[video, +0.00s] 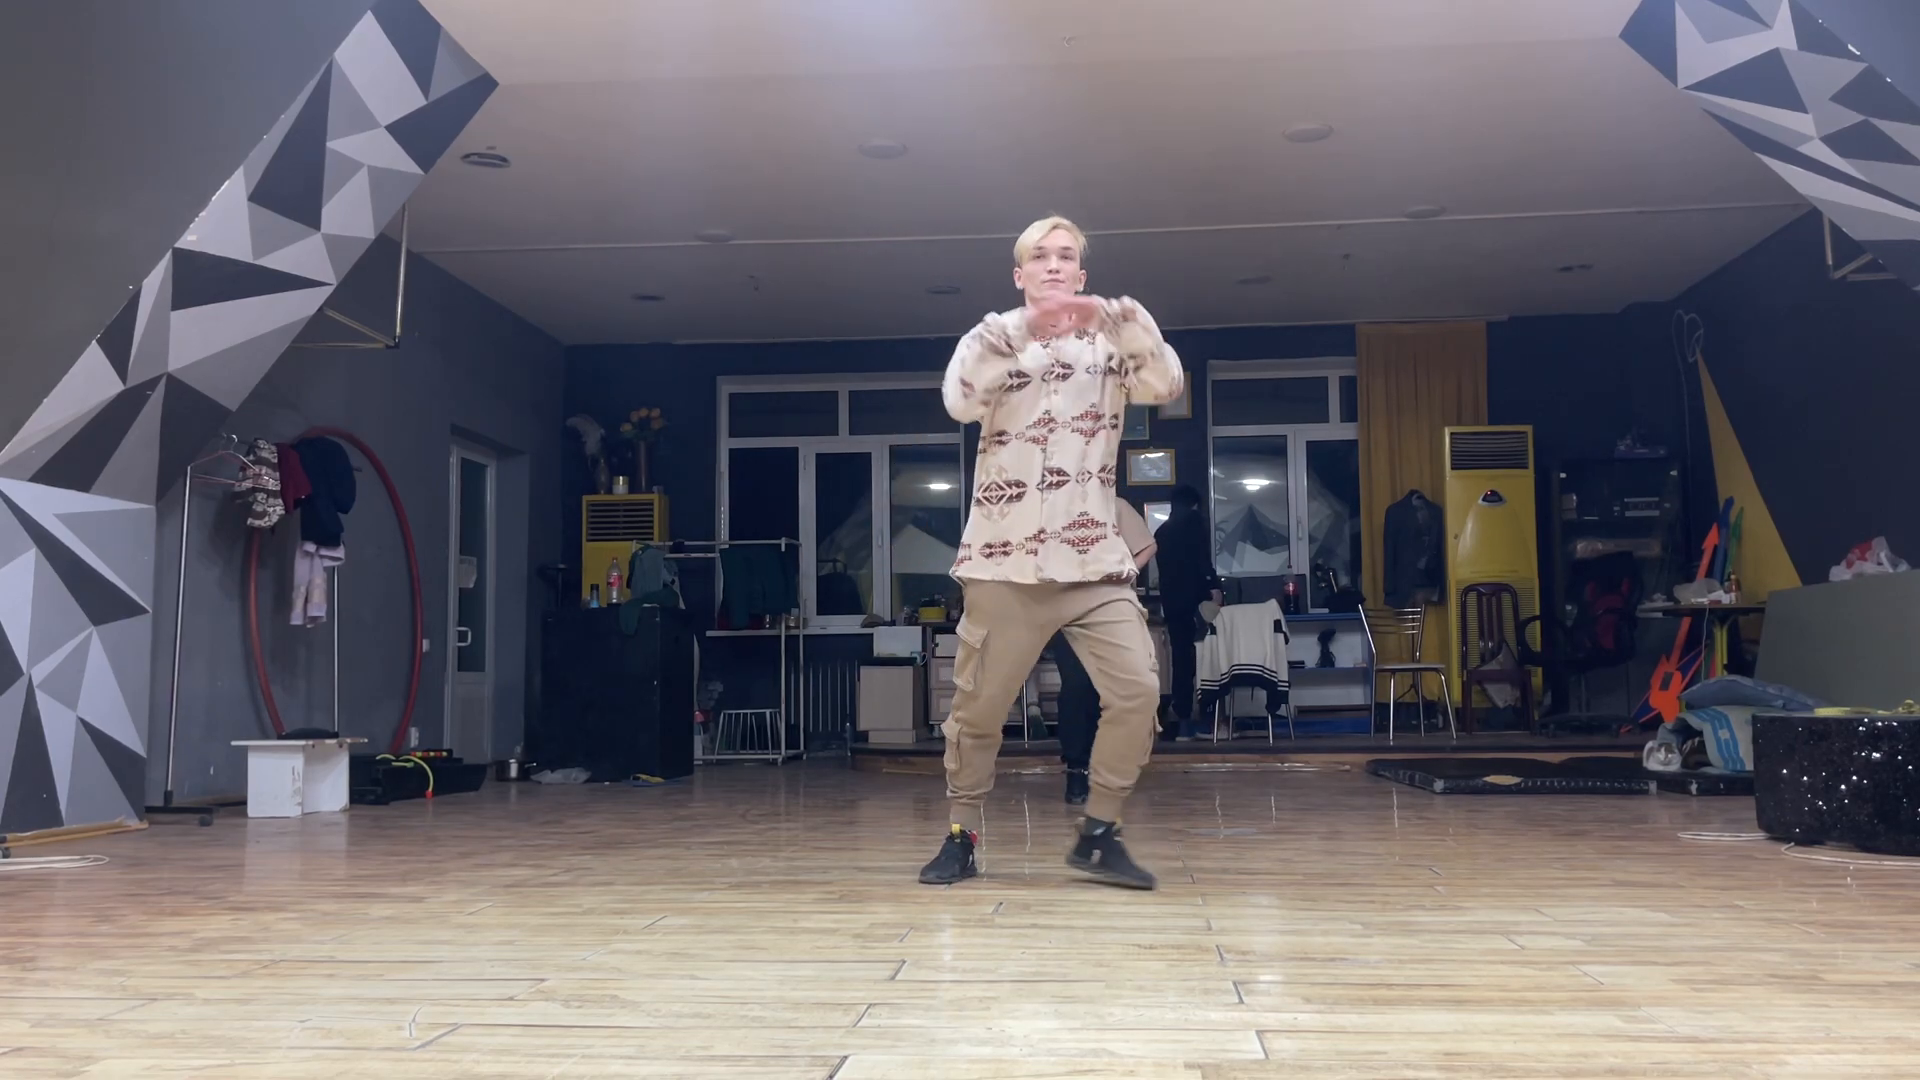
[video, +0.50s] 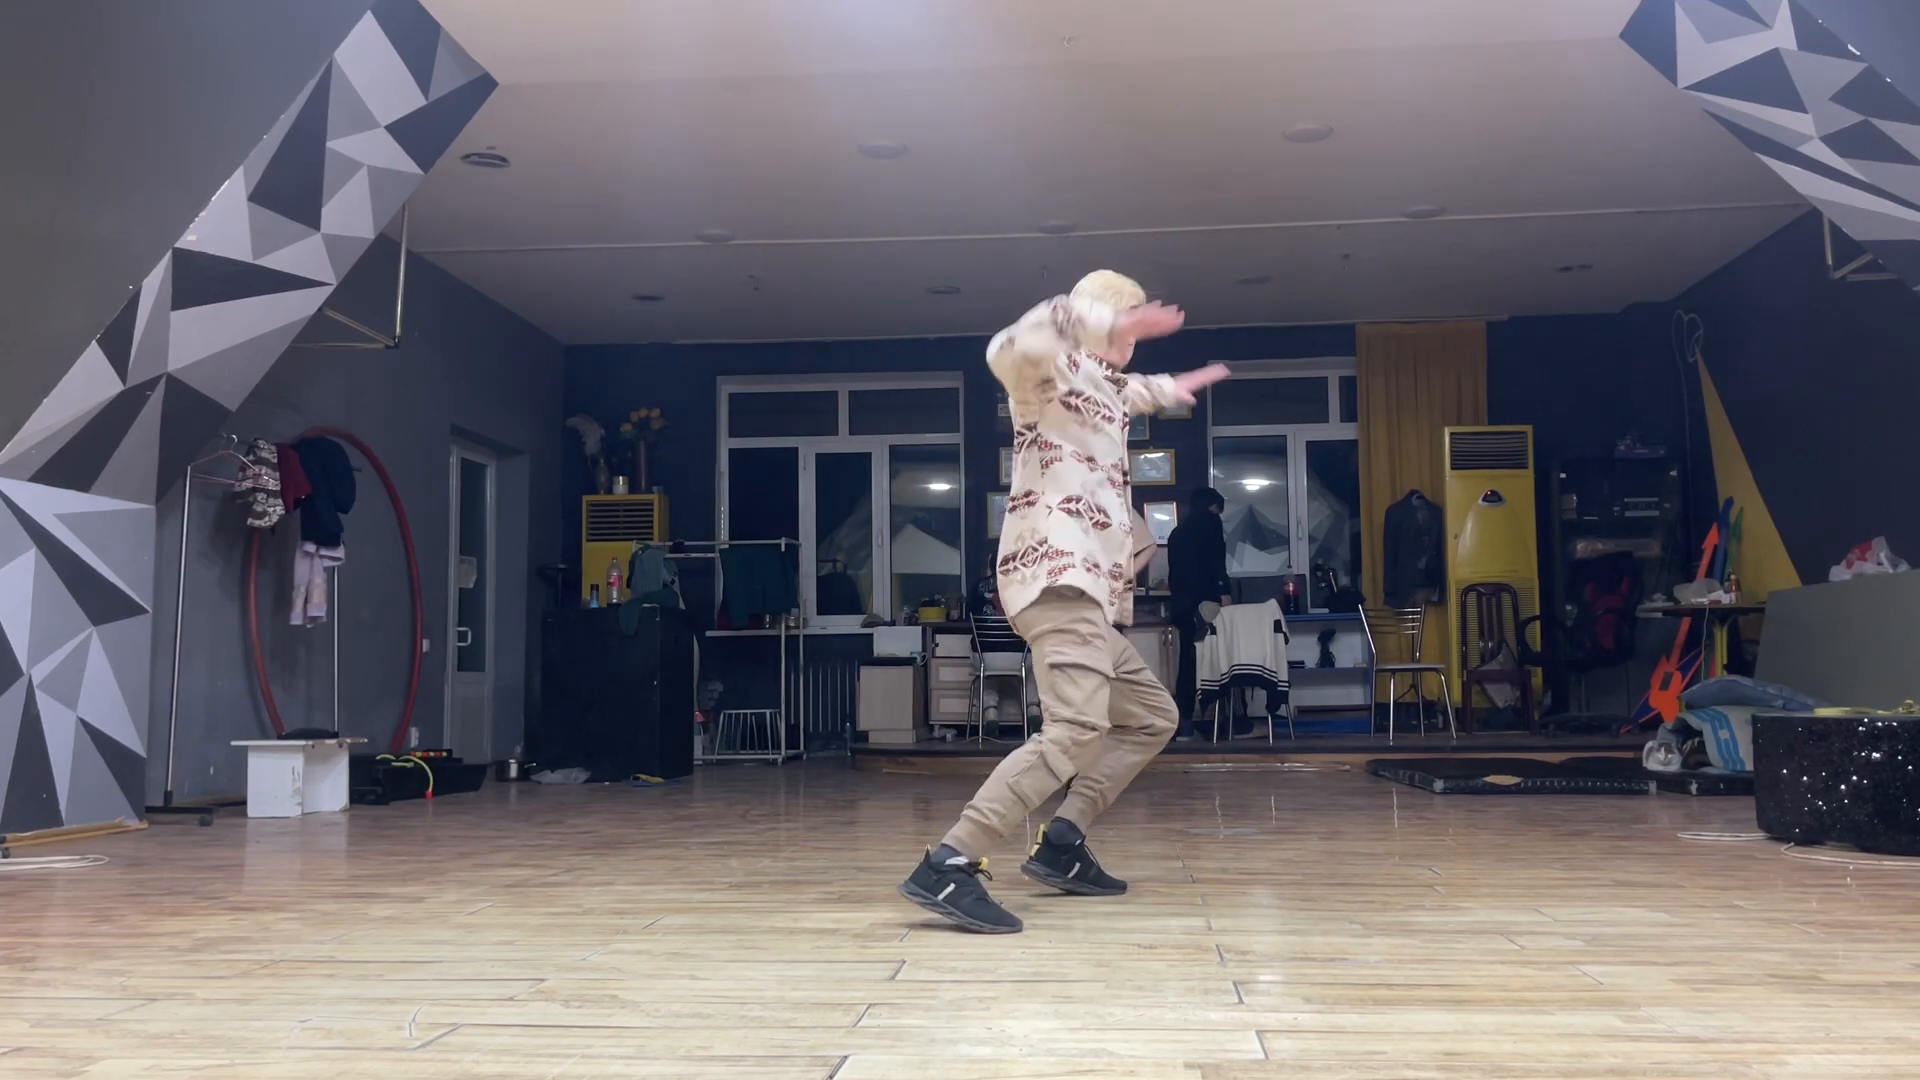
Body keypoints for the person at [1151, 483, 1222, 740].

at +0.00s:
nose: (1196, 508)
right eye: (1196, 504)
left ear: (1173, 503)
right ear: (1195, 504)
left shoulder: (1162, 530)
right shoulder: (1197, 525)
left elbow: (1163, 567)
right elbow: (1202, 560)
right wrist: (1214, 585)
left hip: (1170, 597)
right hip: (1192, 596)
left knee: (1180, 656)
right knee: (1189, 655)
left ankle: (1181, 716)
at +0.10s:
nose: (1204, 510)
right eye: (1203, 506)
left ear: (1178, 504)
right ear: (1199, 505)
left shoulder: (1164, 530)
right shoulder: (1198, 523)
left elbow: (1165, 571)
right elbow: (1201, 559)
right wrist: (1214, 586)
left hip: (1172, 598)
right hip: (1195, 596)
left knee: (1182, 658)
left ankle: (1183, 721)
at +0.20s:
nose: (1204, 510)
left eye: (1203, 507)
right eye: (1203, 507)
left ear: (1178, 505)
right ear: (1198, 505)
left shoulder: (1166, 532)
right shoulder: (1199, 523)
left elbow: (1164, 566)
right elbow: (1203, 559)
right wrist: (1214, 585)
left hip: (1173, 600)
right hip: (1195, 599)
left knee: (1183, 659)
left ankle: (1183, 721)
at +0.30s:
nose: (1210, 502)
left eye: (1207, 497)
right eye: (1206, 497)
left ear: (1180, 504)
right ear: (1200, 502)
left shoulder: (1168, 532)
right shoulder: (1200, 526)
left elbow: (1169, 568)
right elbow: (1205, 560)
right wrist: (1216, 586)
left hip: (1175, 600)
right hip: (1196, 600)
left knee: (1183, 660)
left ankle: (1182, 720)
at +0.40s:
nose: (1213, 514)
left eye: (1214, 511)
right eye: (1212, 510)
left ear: (1185, 507)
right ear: (1206, 507)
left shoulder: (1171, 533)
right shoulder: (1205, 521)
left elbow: (1170, 573)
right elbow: (1210, 558)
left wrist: (1174, 598)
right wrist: (1218, 588)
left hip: (1177, 600)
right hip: (1201, 598)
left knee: (1186, 658)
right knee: (1210, 655)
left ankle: (1184, 723)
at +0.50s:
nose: (1219, 514)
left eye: (1220, 510)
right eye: (1218, 509)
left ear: (1193, 505)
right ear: (1210, 506)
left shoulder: (1176, 533)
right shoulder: (1211, 522)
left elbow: (1174, 574)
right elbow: (1216, 560)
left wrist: (1179, 598)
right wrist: (1225, 591)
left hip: (1181, 602)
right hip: (1206, 600)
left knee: (1188, 659)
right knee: (1217, 656)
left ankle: (1184, 719)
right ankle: (1225, 717)